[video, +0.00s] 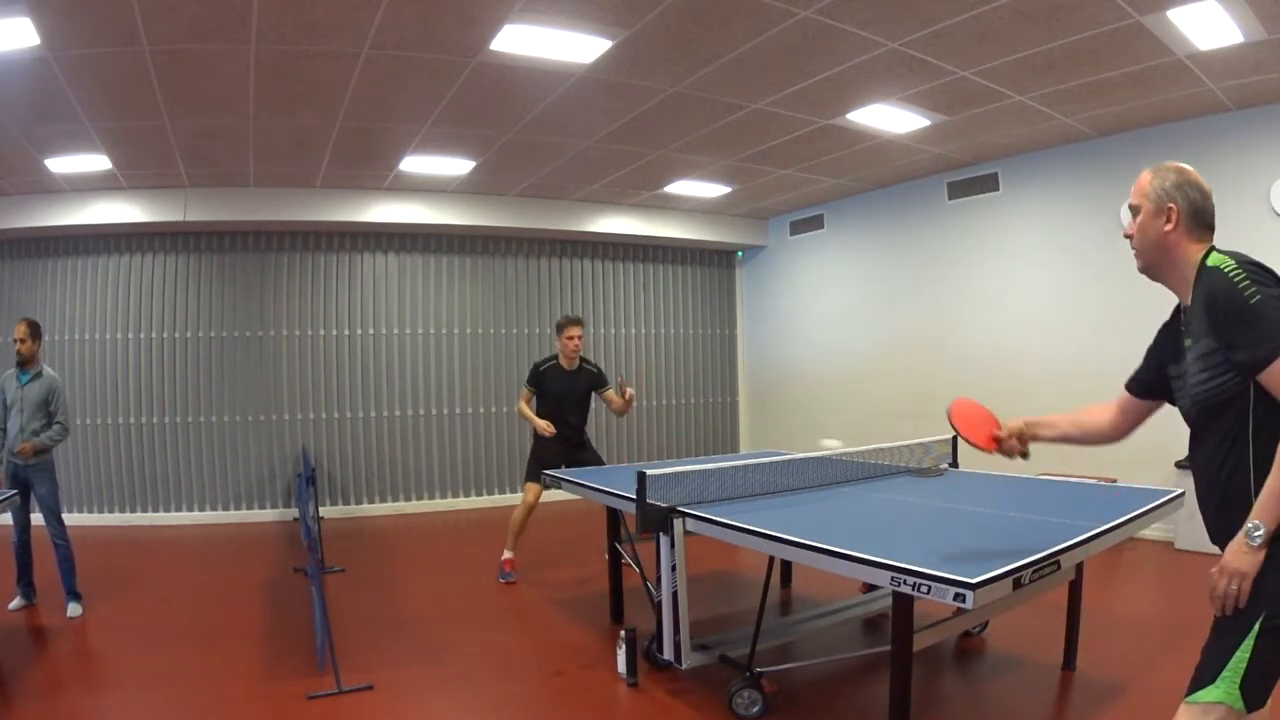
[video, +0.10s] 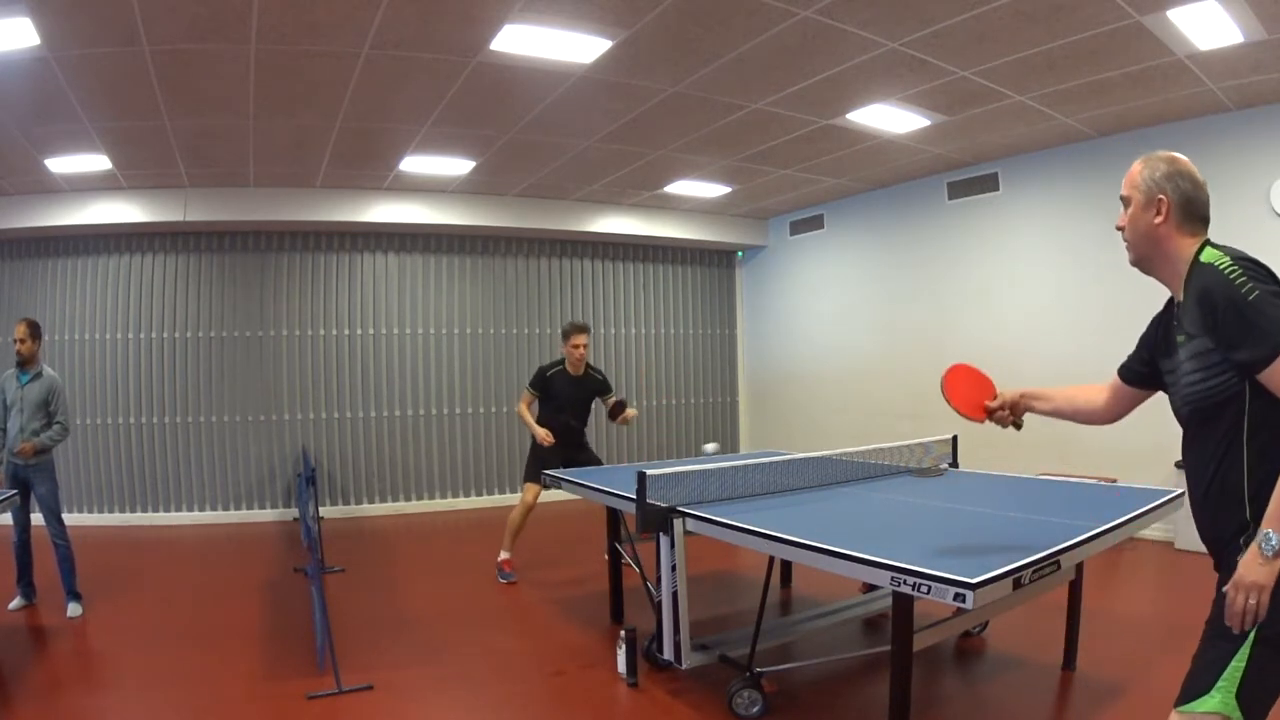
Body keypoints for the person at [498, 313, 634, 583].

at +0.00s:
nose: (576, 343)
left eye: (579, 338)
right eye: (570, 339)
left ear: (583, 341)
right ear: (558, 341)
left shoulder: (592, 372)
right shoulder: (541, 370)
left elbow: (617, 408)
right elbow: (522, 404)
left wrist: (626, 402)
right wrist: (536, 421)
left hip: (579, 445)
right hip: (547, 445)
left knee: (612, 491)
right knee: (530, 500)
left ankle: (618, 546)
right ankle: (508, 556)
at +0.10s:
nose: (581, 352)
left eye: (585, 347)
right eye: (576, 347)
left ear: (589, 347)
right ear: (564, 347)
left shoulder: (597, 379)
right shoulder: (547, 373)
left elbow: (614, 412)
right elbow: (522, 406)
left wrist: (625, 415)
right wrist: (535, 429)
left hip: (577, 447)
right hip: (546, 446)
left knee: (612, 489)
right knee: (529, 500)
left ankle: (616, 547)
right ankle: (504, 557)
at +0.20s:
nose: (581, 369)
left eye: (585, 363)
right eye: (575, 363)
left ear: (590, 363)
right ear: (566, 363)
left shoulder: (595, 392)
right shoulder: (547, 384)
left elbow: (608, 427)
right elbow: (521, 411)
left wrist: (606, 443)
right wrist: (527, 440)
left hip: (575, 452)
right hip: (543, 451)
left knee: (613, 491)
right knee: (529, 501)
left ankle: (614, 548)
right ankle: (504, 558)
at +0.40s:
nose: (560, 366)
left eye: (565, 361)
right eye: (555, 360)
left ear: (572, 361)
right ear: (546, 359)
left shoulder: (577, 386)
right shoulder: (530, 374)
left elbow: (593, 423)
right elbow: (511, 394)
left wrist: (598, 421)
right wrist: (501, 421)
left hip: (560, 442)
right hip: (528, 441)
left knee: (584, 494)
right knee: (517, 498)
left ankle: (605, 540)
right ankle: (504, 556)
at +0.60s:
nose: (554, 350)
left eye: (558, 344)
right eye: (548, 345)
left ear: (564, 347)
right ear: (539, 348)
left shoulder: (577, 376)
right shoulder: (524, 375)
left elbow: (608, 408)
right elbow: (510, 401)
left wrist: (614, 390)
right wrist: (499, 420)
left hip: (566, 443)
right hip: (535, 444)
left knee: (592, 491)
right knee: (524, 497)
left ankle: (600, 535)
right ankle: (505, 556)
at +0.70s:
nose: (564, 353)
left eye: (568, 348)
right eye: (558, 348)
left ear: (573, 351)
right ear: (548, 351)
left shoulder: (584, 382)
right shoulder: (532, 381)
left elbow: (614, 417)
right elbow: (516, 410)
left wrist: (615, 400)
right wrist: (511, 426)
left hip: (572, 449)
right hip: (541, 450)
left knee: (602, 492)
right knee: (530, 501)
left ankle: (602, 539)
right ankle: (506, 558)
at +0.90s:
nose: (595, 344)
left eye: (599, 339)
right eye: (589, 339)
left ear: (602, 343)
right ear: (578, 341)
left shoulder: (605, 375)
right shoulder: (559, 369)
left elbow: (619, 413)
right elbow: (536, 401)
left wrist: (629, 408)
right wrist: (552, 411)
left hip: (589, 442)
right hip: (560, 443)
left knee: (616, 482)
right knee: (547, 495)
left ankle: (607, 534)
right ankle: (517, 552)